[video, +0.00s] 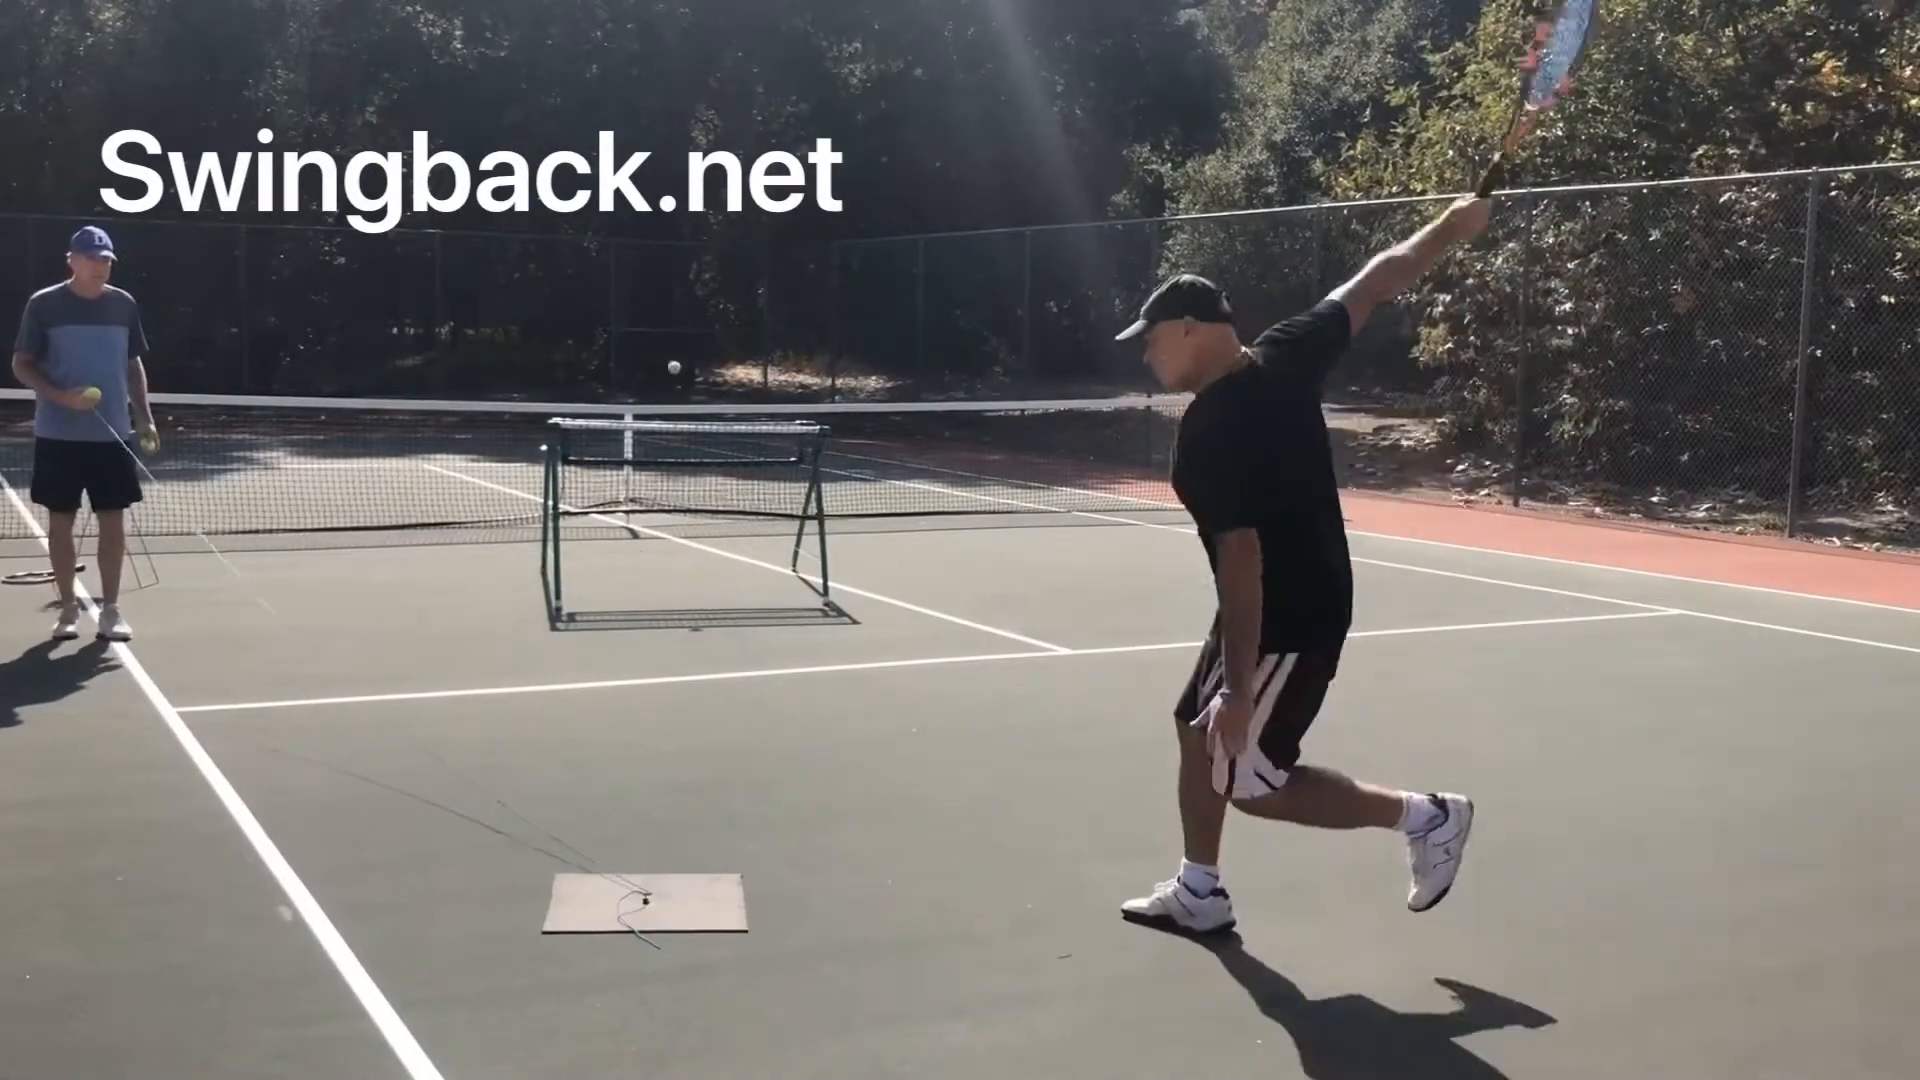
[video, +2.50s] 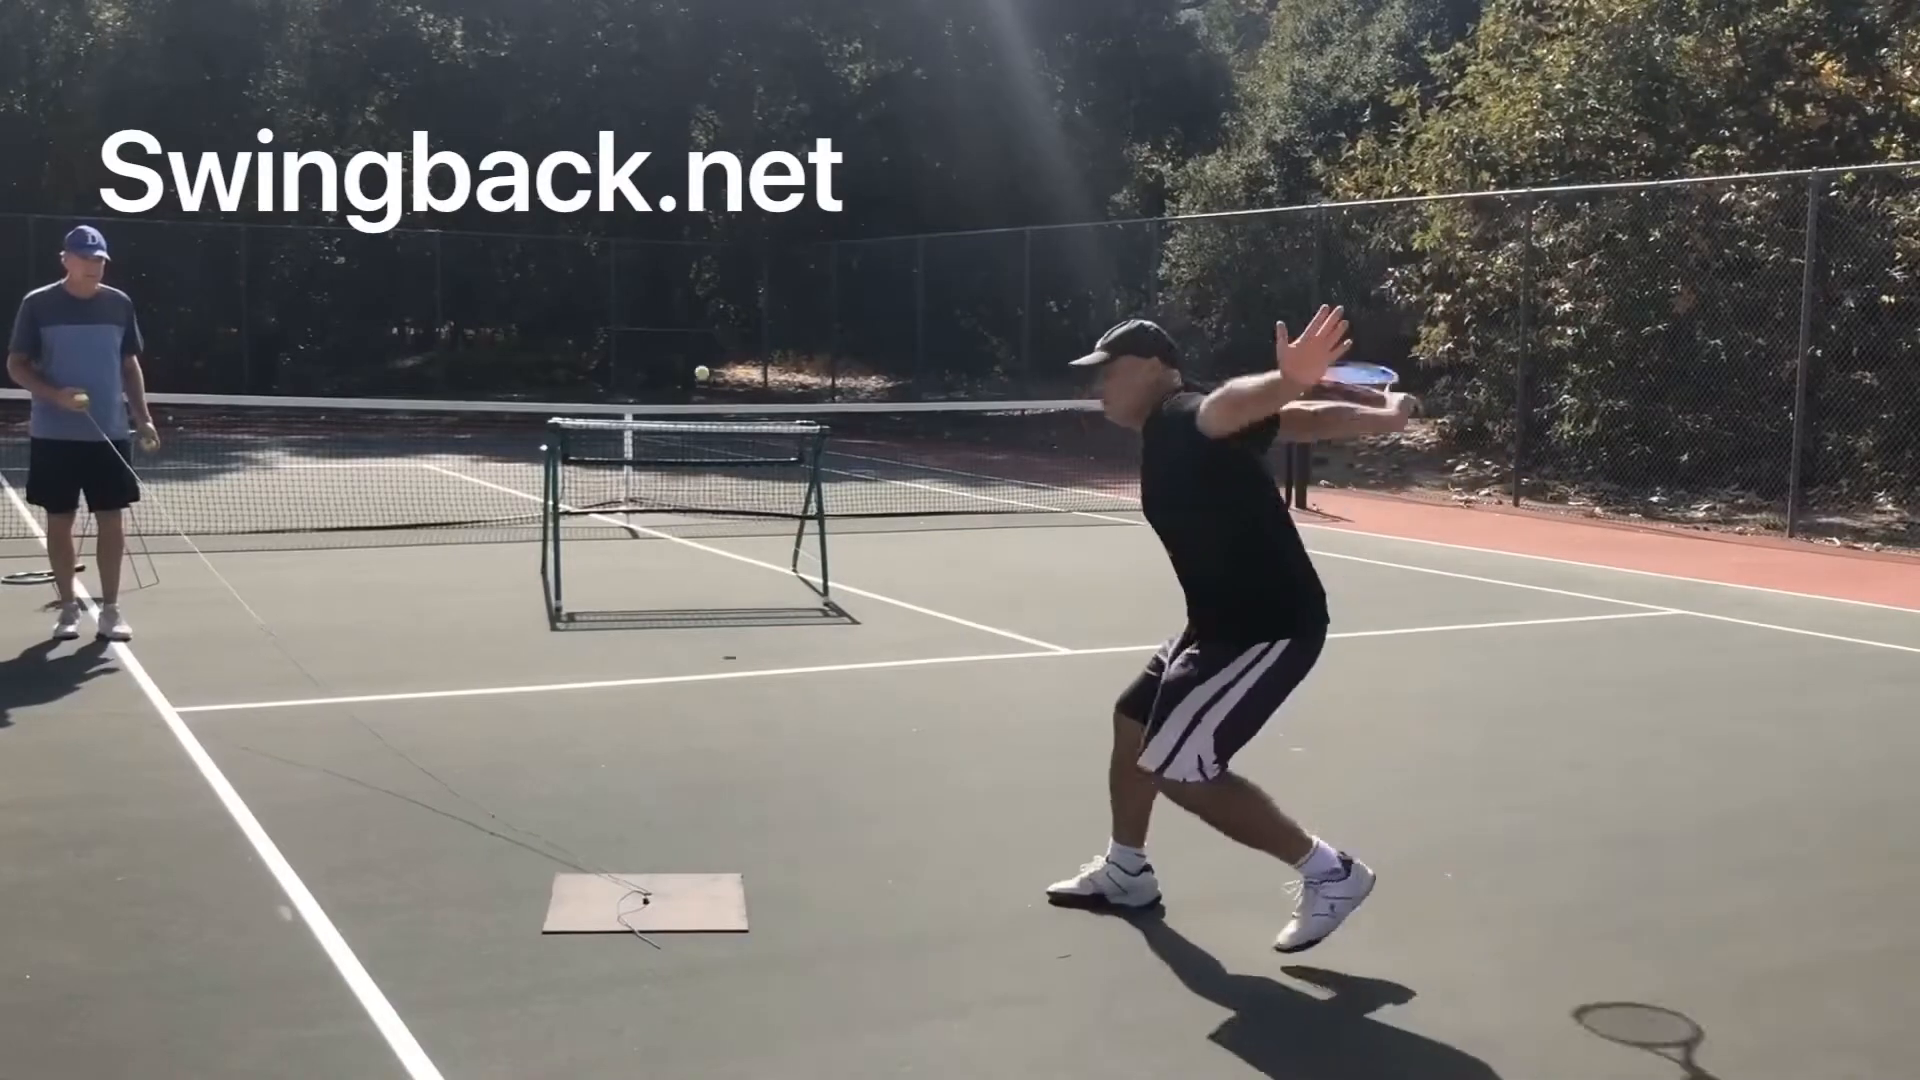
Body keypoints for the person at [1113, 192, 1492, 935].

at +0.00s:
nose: (1148, 356)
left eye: (1154, 339)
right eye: (1146, 342)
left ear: (1195, 332)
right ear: (1210, 330)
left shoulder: (1207, 438)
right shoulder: (1287, 353)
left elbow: (1241, 570)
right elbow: (1376, 283)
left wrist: (1237, 694)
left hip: (1292, 618)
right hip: (1288, 595)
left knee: (1253, 782)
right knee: (1197, 723)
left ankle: (1426, 818)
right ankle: (1200, 888)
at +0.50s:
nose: (1256, 298)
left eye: (1261, 286)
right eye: (1259, 285)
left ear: (1288, 291)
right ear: (1332, 289)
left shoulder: (1263, 389)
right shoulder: (1394, 357)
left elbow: (1243, 524)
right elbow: (1491, 435)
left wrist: (1181, 585)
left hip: (1322, 615)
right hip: (1414, 609)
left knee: (1267, 779)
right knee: (1373, 756)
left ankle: (1267, 978)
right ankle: (1400, 915)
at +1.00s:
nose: (1411, 282)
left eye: (1420, 268)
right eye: (1415, 268)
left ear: (1455, 275)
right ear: (1491, 279)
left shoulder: (1456, 369)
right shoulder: (1543, 357)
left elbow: (1458, 508)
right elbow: (1552, 496)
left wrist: (1393, 541)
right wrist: (1453, 561)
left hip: (1514, 610)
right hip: (1581, 602)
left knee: (1442, 776)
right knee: (1562, 779)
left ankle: (1487, 1011)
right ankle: (1613, 967)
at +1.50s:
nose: (1394, 318)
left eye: (1406, 302)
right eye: (1396, 303)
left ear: (1456, 311)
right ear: (1443, 313)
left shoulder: (1511, 391)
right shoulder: (1433, 395)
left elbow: (1564, 512)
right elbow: (1394, 481)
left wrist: (1435, 499)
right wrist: (1365, 525)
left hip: (1541, 638)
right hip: (1515, 634)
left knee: (1458, 792)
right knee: (1550, 812)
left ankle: (1555, 994)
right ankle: (1639, 980)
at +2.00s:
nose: (1193, 348)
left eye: (1203, 334)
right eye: (1192, 336)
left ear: (1247, 335)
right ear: (1229, 339)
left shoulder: (1320, 394)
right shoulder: (1210, 406)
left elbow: (1370, 468)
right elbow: (1187, 454)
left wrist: (1321, 396)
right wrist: (1217, 457)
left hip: (1357, 625)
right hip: (1276, 616)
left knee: (1371, 789)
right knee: (1193, 739)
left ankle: (1467, 969)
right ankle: (1141, 870)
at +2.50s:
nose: (1098, 388)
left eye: (1108, 373)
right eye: (1098, 376)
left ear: (1155, 368)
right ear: (1143, 375)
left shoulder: (1193, 415)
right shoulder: (1174, 428)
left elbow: (1234, 402)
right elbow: (1300, 423)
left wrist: (1287, 379)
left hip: (1274, 628)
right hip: (1222, 622)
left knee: (1178, 763)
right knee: (1135, 722)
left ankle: (1331, 874)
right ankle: (1126, 869)